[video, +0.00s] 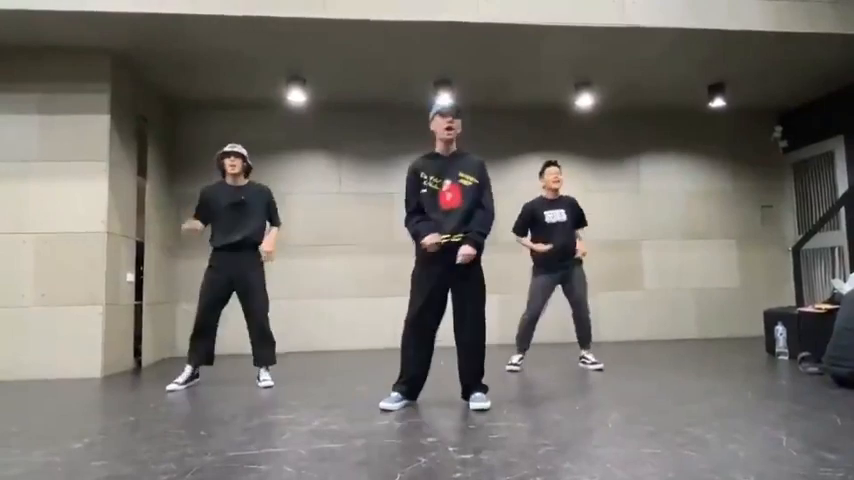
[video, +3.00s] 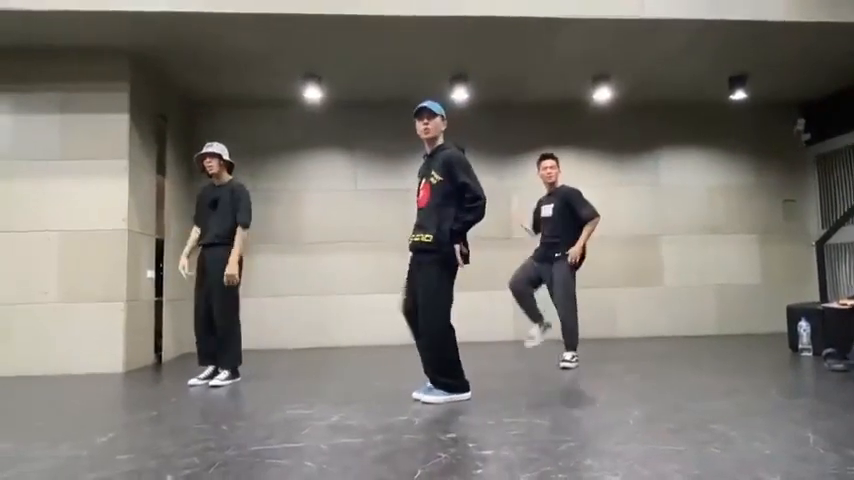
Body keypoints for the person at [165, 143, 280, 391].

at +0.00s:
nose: (232, 161)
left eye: (236, 157)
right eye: (228, 157)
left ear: (245, 163)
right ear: (222, 163)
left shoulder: (261, 192)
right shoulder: (210, 192)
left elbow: (275, 224)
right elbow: (198, 221)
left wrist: (269, 241)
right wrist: (191, 225)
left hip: (250, 261)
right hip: (220, 261)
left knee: (257, 315)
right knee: (205, 314)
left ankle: (263, 368)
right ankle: (192, 368)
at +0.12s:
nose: (240, 168)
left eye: (244, 164)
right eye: (235, 164)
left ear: (251, 169)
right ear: (229, 168)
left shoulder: (258, 200)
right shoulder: (216, 194)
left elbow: (267, 234)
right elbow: (212, 226)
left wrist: (254, 217)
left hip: (248, 262)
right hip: (220, 262)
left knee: (261, 315)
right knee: (207, 315)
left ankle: (263, 370)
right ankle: (193, 370)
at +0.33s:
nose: (228, 167)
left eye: (233, 163)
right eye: (225, 164)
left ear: (243, 169)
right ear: (219, 169)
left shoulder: (253, 197)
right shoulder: (213, 195)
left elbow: (258, 231)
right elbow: (197, 225)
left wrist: (240, 208)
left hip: (238, 263)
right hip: (213, 261)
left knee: (249, 316)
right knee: (199, 315)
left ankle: (262, 369)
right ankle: (192, 371)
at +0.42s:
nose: (217, 167)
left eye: (222, 163)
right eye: (214, 164)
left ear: (233, 168)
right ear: (210, 171)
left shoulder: (246, 196)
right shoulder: (210, 200)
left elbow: (260, 231)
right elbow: (191, 228)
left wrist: (266, 212)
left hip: (235, 264)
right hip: (211, 264)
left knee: (244, 318)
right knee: (200, 319)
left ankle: (261, 370)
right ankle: (192, 373)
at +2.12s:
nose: (206, 164)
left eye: (211, 160)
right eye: (203, 161)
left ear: (221, 164)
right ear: (200, 167)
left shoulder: (235, 192)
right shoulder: (200, 194)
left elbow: (262, 218)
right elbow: (198, 218)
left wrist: (251, 245)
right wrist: (188, 233)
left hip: (220, 255)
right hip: (199, 255)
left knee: (219, 310)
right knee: (195, 314)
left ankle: (230, 353)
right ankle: (202, 370)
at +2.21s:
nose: (204, 165)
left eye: (208, 161)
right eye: (201, 162)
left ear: (220, 165)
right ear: (199, 168)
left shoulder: (235, 194)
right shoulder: (204, 196)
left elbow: (251, 228)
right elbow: (208, 228)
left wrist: (240, 258)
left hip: (218, 255)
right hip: (198, 255)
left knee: (208, 314)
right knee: (193, 315)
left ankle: (220, 370)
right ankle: (201, 369)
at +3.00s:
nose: (207, 163)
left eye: (212, 159)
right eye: (205, 160)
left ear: (223, 161)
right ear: (203, 165)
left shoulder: (238, 190)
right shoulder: (205, 192)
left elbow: (242, 229)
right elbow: (198, 227)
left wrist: (233, 262)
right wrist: (185, 253)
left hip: (225, 254)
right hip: (206, 254)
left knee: (224, 311)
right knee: (204, 310)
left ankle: (229, 368)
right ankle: (210, 364)